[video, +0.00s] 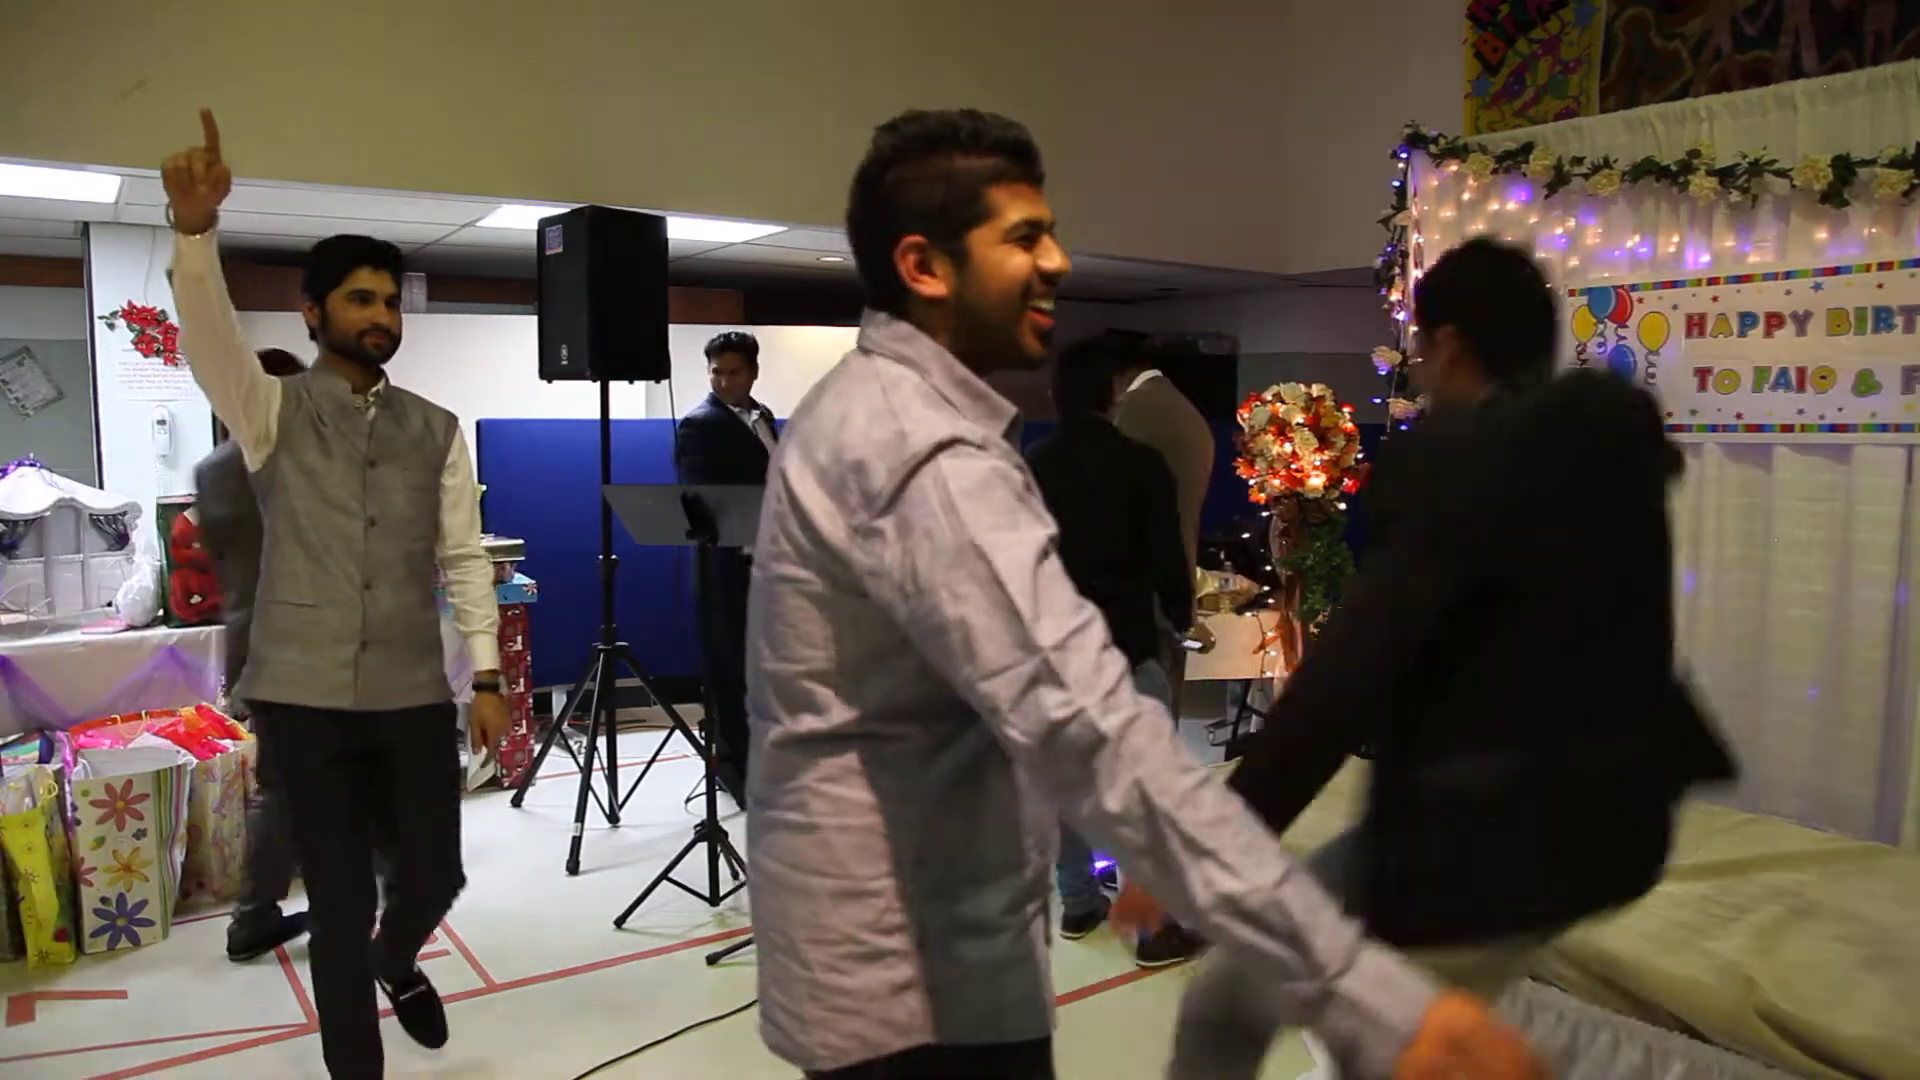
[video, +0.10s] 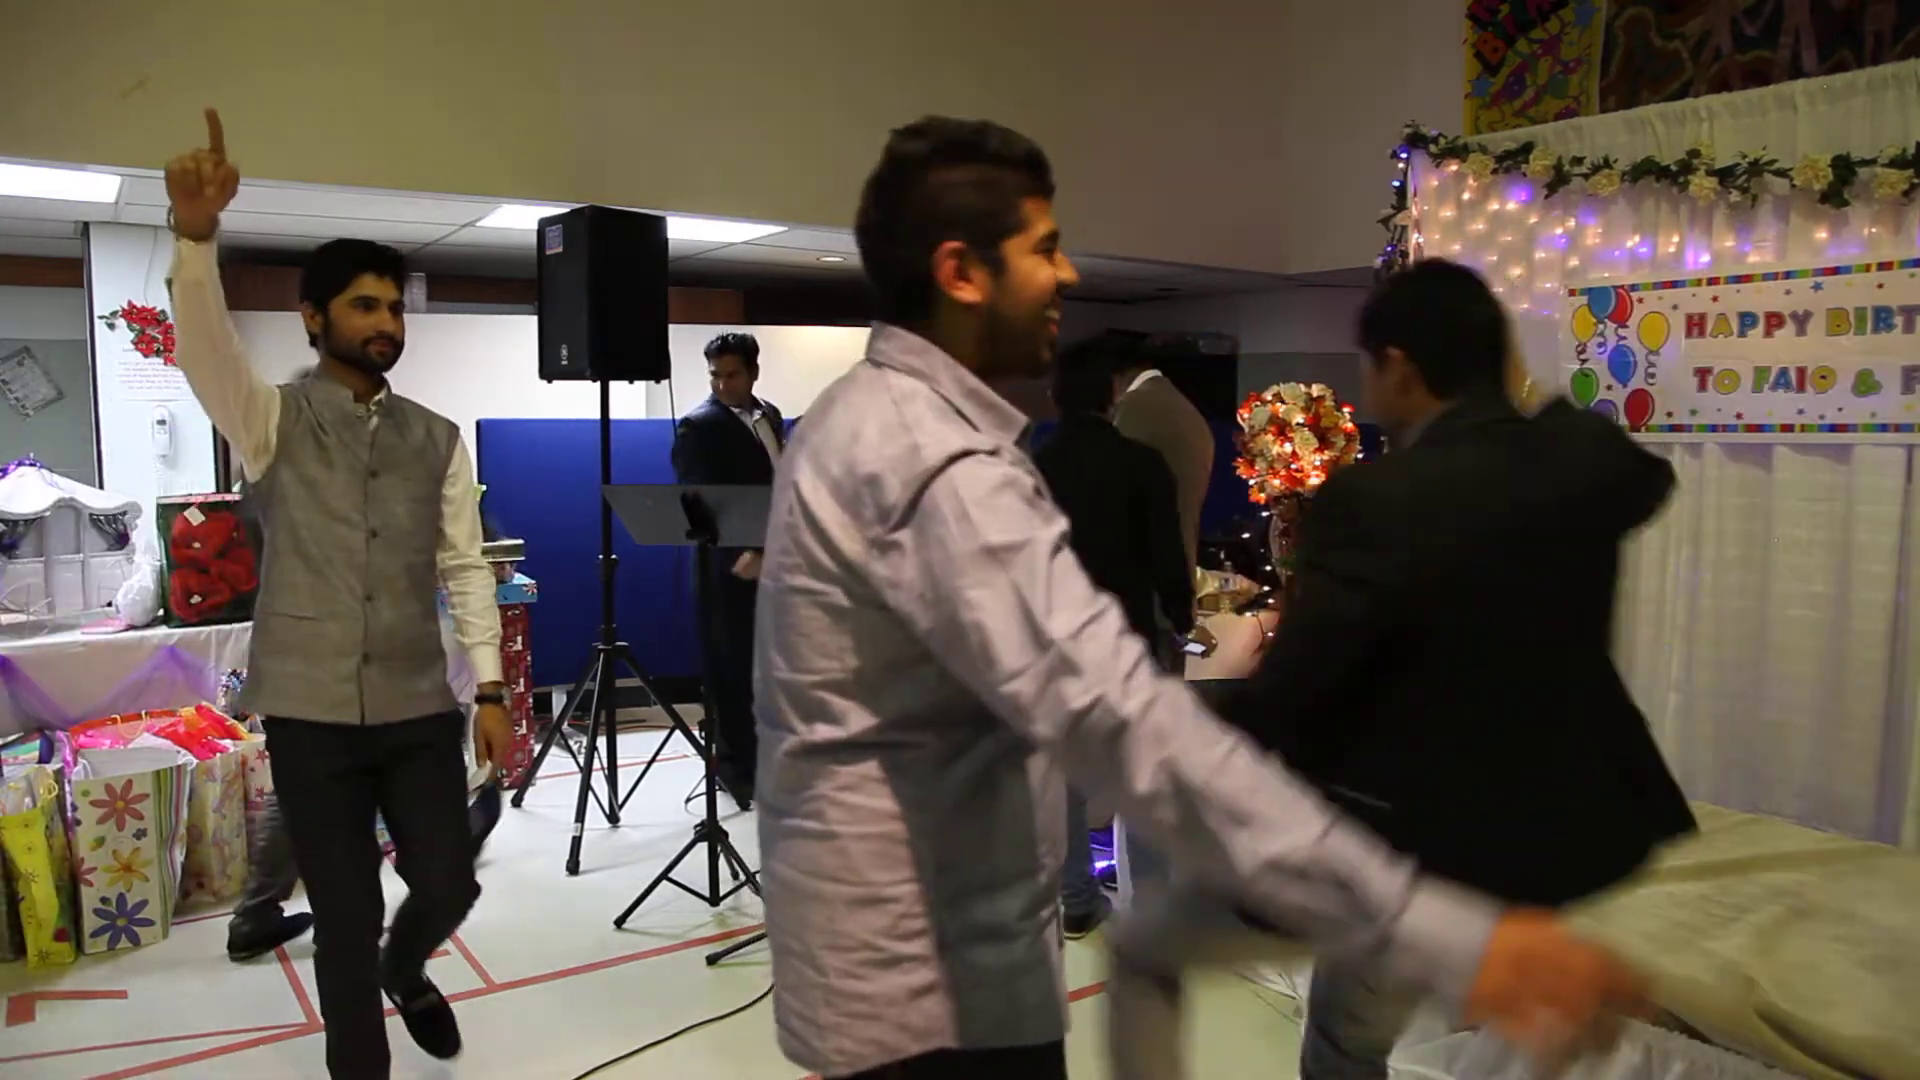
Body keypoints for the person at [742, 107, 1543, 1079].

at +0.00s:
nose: (1058, 263)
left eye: (1052, 237)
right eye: (1026, 238)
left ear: (927, 275)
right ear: (923, 267)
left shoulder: (873, 403)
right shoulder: (921, 437)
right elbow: (1084, 717)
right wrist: (1374, 1004)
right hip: (910, 937)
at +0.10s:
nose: (1070, 276)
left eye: (1061, 248)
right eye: (1046, 249)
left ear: (958, 271)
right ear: (958, 271)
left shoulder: (864, 422)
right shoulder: (933, 455)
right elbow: (1122, 715)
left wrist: (1196, 680)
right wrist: (1445, 936)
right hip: (919, 954)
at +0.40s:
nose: (1065, 270)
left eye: (1059, 243)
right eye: (1055, 243)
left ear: (913, 267)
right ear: (1017, 255)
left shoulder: (885, 402)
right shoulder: (967, 420)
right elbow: (1205, 560)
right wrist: (1581, 601)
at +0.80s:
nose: (1082, 277)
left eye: (1072, 255)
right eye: (1075, 257)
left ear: (937, 290)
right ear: (1051, 276)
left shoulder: (911, 440)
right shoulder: (1057, 428)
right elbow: (1317, 407)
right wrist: (1594, 212)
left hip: (945, 909)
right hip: (1063, 925)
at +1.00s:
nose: (1166, 284)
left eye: (1166, 260)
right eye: (1147, 259)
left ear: (998, 279)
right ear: (1088, 267)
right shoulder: (1115, 400)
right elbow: (1374, 348)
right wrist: (1616, 152)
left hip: (1003, 910)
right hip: (1138, 910)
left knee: (1035, 1068)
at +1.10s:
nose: (1182, 291)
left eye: (1176, 265)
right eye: (1170, 265)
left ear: (1032, 280)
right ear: (1125, 265)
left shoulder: (956, 440)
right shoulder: (1152, 394)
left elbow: (899, 553)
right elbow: (1403, 334)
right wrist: (1625, 138)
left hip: (1016, 896)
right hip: (1164, 904)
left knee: (1044, 1066)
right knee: (1239, 1059)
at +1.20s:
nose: (1207, 301)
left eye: (1204, 279)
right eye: (1199, 277)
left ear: (1065, 285)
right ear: (1161, 277)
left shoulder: (984, 445)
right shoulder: (1197, 394)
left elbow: (897, 566)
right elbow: (1441, 327)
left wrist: (985, 524)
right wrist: (1636, 119)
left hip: (1042, 893)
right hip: (1200, 896)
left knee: (1056, 1064)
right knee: (1291, 1063)